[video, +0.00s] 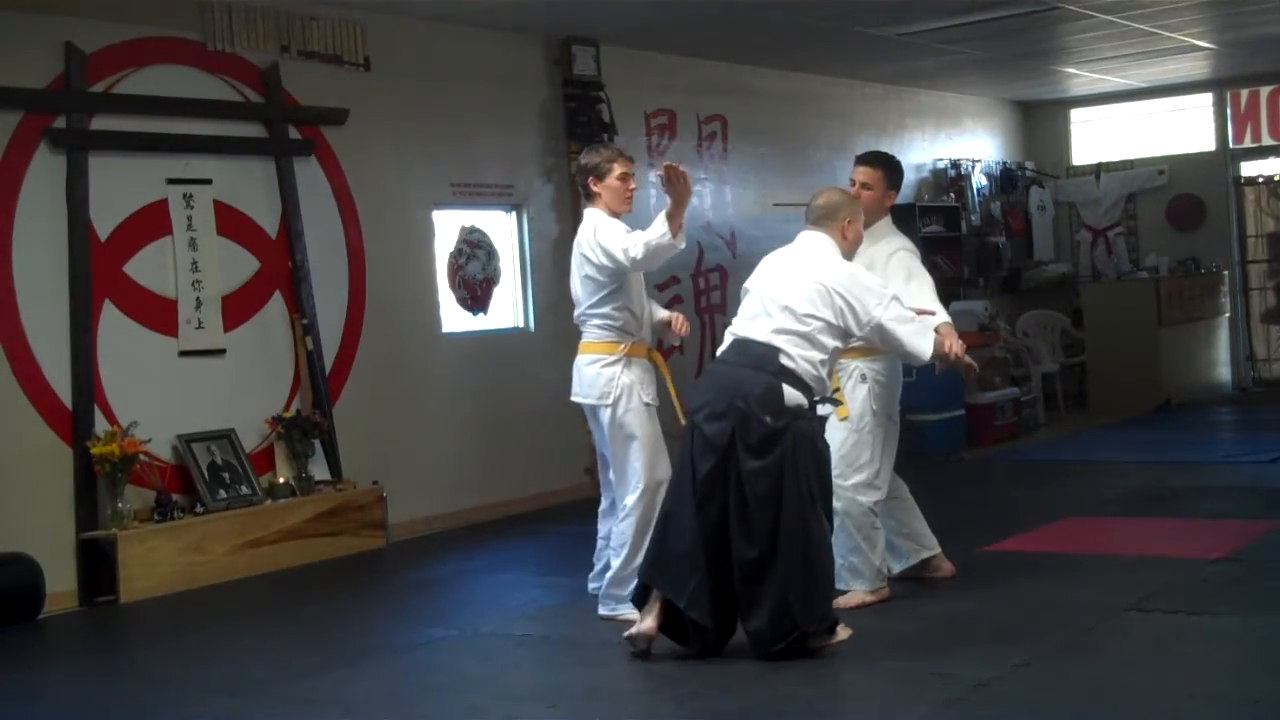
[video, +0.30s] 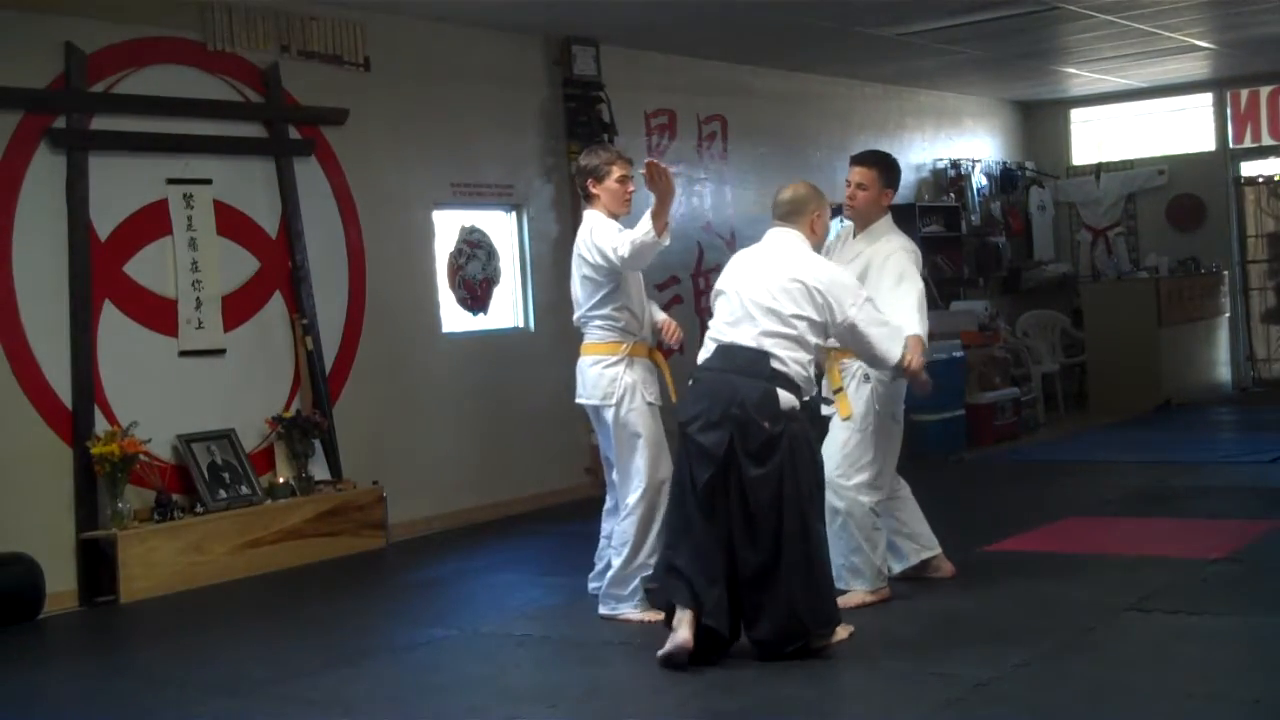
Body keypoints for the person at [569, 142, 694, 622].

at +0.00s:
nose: (632, 187)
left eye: (633, 178)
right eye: (624, 178)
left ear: (602, 187)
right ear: (594, 185)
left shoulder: (599, 229)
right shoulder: (600, 227)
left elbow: (627, 304)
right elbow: (637, 254)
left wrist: (664, 317)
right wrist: (676, 209)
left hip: (603, 367)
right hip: (617, 369)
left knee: (619, 479)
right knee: (650, 474)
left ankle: (608, 578)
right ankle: (619, 593)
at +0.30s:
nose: (630, 188)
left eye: (630, 180)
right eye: (622, 181)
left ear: (600, 189)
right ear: (593, 187)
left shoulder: (600, 230)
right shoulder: (598, 228)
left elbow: (630, 301)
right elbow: (631, 255)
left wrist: (661, 318)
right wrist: (661, 206)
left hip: (606, 367)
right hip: (620, 369)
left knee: (625, 478)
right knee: (649, 475)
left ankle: (608, 576)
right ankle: (622, 595)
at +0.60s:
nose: (628, 190)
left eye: (629, 182)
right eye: (618, 183)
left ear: (628, 189)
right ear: (591, 191)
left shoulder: (618, 236)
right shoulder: (590, 234)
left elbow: (635, 313)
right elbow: (616, 262)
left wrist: (652, 355)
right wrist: (640, 230)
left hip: (634, 370)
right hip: (608, 372)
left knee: (642, 485)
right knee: (627, 488)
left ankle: (639, 580)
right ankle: (618, 597)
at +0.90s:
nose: (624, 190)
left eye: (629, 181)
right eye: (613, 184)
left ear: (640, 187)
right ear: (597, 194)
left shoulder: (660, 241)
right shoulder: (583, 245)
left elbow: (678, 302)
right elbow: (570, 311)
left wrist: (676, 352)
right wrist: (579, 366)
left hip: (655, 369)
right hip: (603, 372)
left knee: (658, 470)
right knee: (599, 474)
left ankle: (664, 576)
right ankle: (586, 580)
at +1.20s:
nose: (617, 190)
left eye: (625, 182)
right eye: (608, 183)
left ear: (640, 189)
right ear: (598, 193)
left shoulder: (656, 244)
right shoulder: (587, 251)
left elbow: (665, 319)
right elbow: (577, 320)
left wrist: (637, 389)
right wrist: (578, 385)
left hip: (647, 378)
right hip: (598, 380)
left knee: (645, 474)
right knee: (601, 476)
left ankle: (654, 561)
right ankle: (629, 554)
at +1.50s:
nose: (607, 192)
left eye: (617, 184)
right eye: (601, 183)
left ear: (633, 191)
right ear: (592, 190)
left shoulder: (639, 240)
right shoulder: (602, 239)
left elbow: (634, 322)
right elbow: (597, 315)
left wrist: (614, 386)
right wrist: (591, 379)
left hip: (634, 379)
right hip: (612, 377)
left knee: (627, 476)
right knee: (621, 475)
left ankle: (635, 562)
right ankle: (628, 558)